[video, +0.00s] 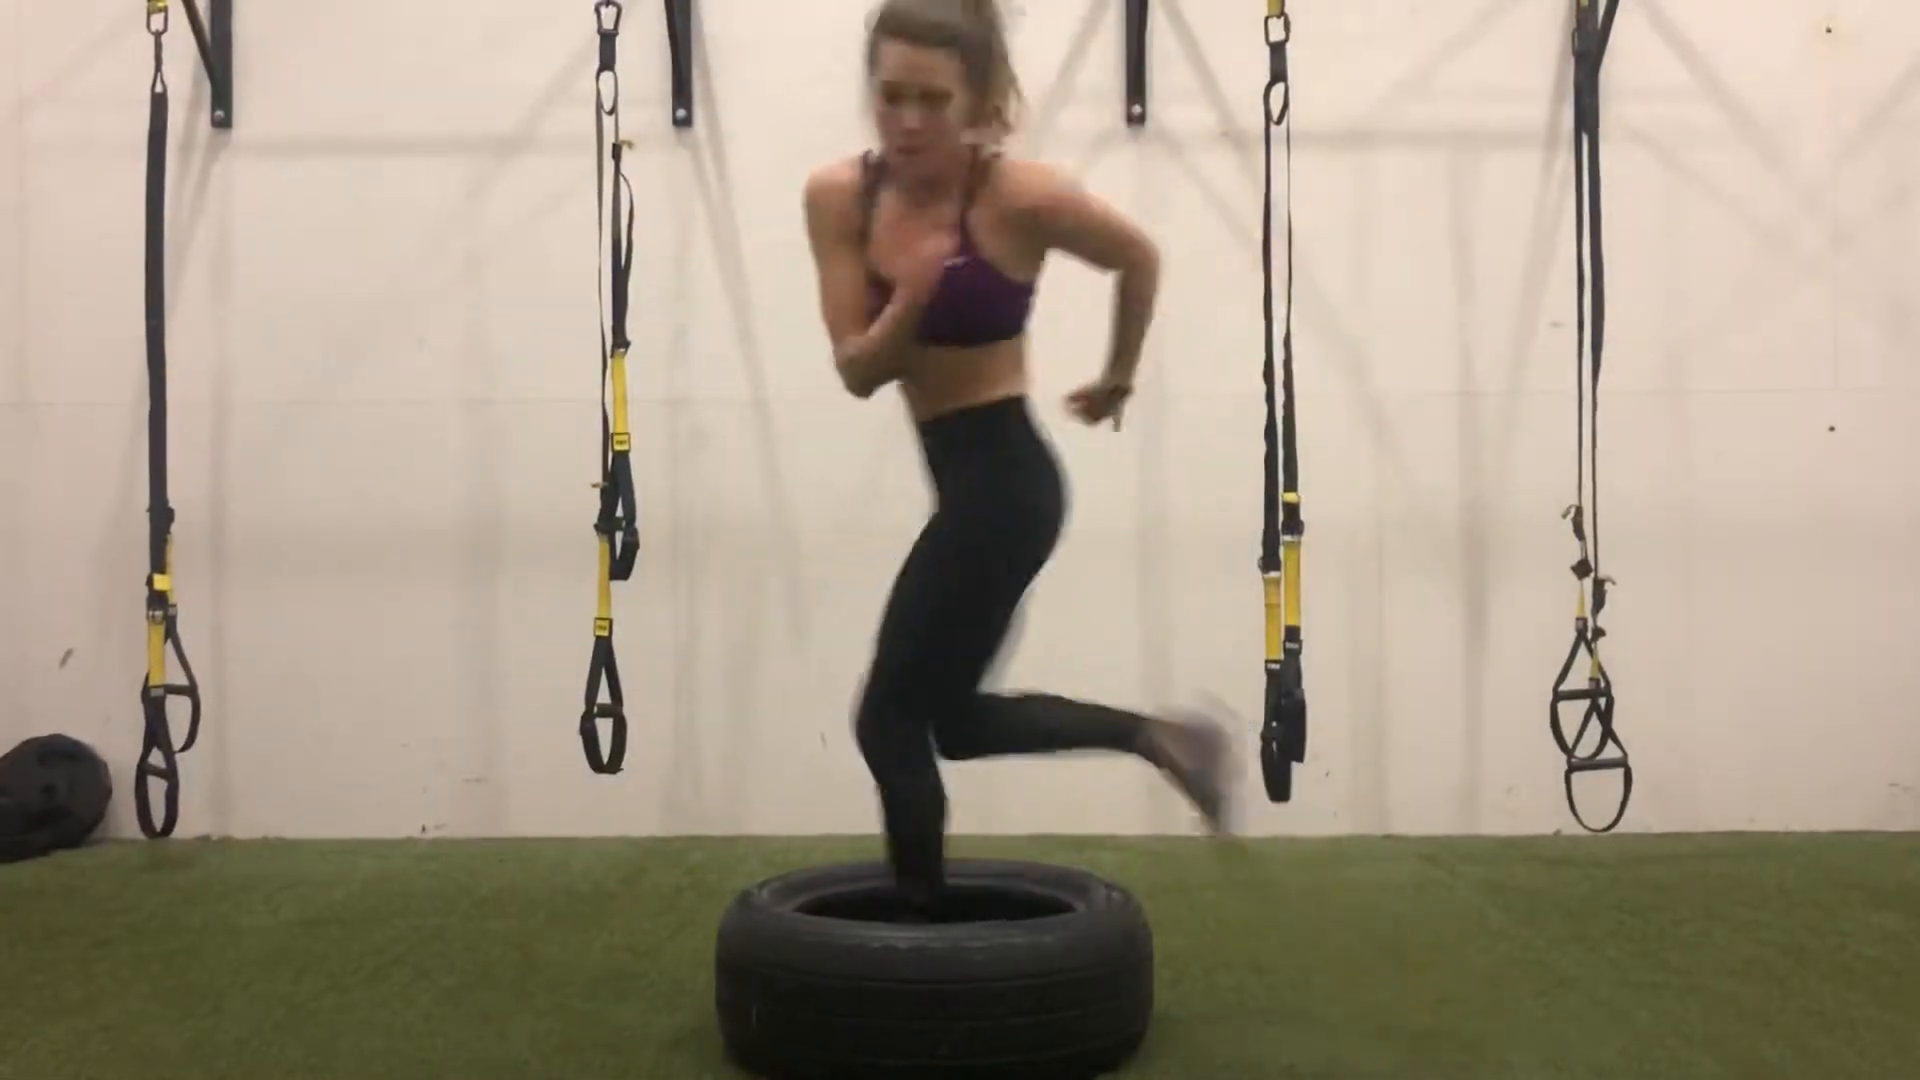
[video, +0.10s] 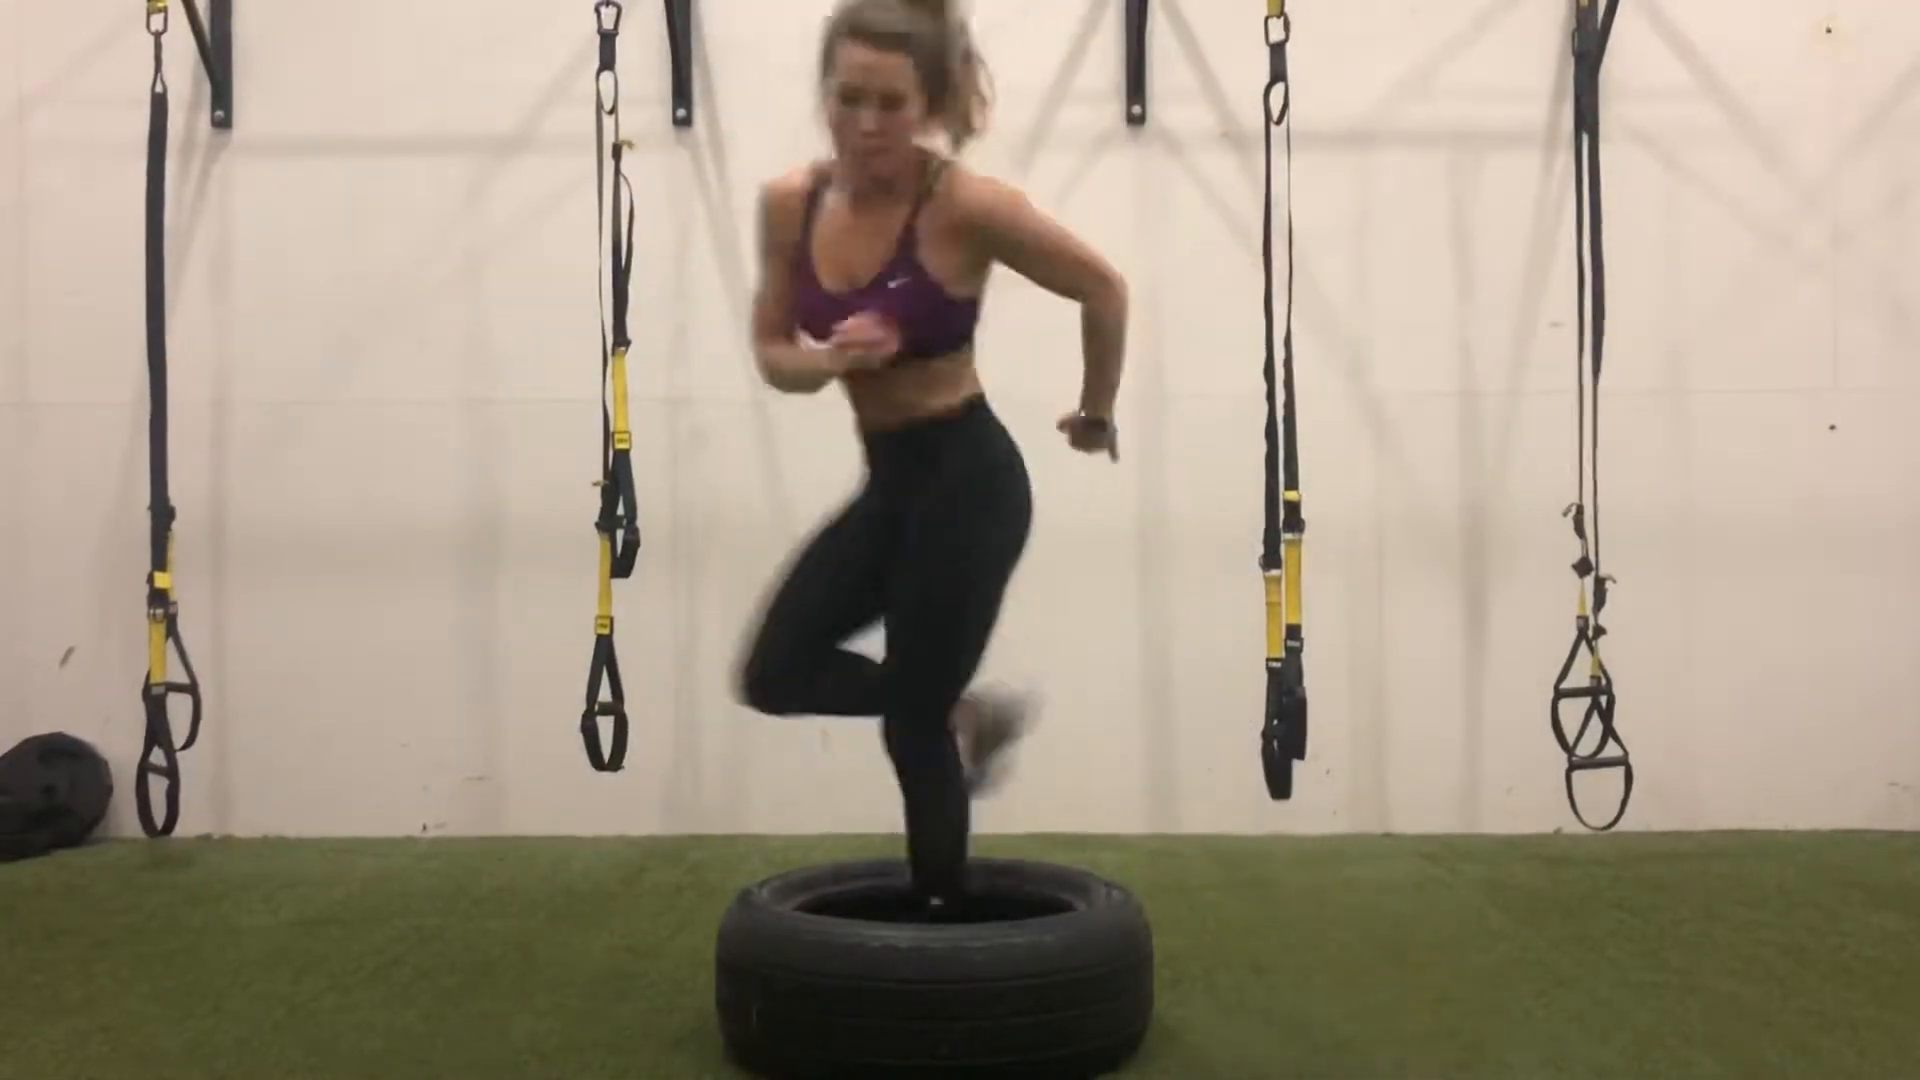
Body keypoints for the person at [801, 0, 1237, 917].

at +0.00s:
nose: (906, 122)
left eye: (930, 99)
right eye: (890, 97)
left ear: (980, 102)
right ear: (868, 94)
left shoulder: (1021, 196)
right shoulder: (840, 197)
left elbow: (1139, 259)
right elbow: (857, 373)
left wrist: (1118, 378)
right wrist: (914, 293)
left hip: (1008, 485)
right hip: (966, 484)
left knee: (889, 724)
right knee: (951, 722)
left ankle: (921, 939)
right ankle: (1169, 740)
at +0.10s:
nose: (866, 122)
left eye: (890, 102)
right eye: (848, 98)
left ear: (933, 107)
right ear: (825, 99)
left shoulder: (969, 207)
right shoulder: (793, 203)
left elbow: (1104, 290)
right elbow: (772, 356)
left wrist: (1095, 412)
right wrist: (830, 357)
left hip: (967, 486)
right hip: (891, 487)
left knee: (919, 723)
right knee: (774, 676)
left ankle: (939, 942)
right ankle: (967, 719)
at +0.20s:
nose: (826, 132)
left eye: (850, 111)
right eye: (807, 108)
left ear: (885, 110)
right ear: (779, 101)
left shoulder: (930, 203)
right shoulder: (732, 214)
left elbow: (1076, 288)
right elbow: (726, 367)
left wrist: (1084, 427)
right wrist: (795, 371)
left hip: (907, 465)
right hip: (806, 467)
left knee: (808, 648)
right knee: (695, 678)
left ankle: (926, 850)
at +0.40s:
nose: (832, 169)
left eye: (852, 150)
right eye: (814, 147)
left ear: (883, 145)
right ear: (781, 138)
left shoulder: (915, 255)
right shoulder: (723, 241)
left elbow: (963, 373)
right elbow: (637, 360)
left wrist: (936, 408)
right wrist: (649, 466)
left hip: (806, 508)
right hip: (700, 482)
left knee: (762, 699)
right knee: (613, 727)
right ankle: (554, 924)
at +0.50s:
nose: (844, 201)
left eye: (866, 180)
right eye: (826, 177)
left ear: (902, 166)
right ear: (794, 157)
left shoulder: (928, 275)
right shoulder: (738, 255)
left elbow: (1021, 410)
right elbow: (621, 318)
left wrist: (931, 360)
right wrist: (531, 374)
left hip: (793, 550)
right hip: (697, 510)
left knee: (709, 782)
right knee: (709, 724)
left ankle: (538, 969)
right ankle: (546, 743)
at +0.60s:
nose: (885, 162)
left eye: (904, 139)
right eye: (863, 139)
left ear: (932, 136)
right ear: (829, 136)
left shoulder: (962, 210)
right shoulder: (795, 214)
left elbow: (981, 323)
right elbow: (690, 215)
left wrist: (859, 276)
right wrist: (612, 258)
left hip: (834, 500)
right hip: (761, 472)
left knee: (721, 733)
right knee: (921, 614)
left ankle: (550, 943)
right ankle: (720, 719)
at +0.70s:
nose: (933, 124)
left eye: (950, 100)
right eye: (910, 100)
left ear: (976, 96)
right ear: (872, 96)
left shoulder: (1009, 178)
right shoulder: (827, 185)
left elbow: (980, 303)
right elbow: (722, 231)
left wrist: (834, 284)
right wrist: (630, 282)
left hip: (892, 481)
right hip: (825, 467)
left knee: (863, 735)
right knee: (981, 648)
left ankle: (652, 821)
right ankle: (889, 857)